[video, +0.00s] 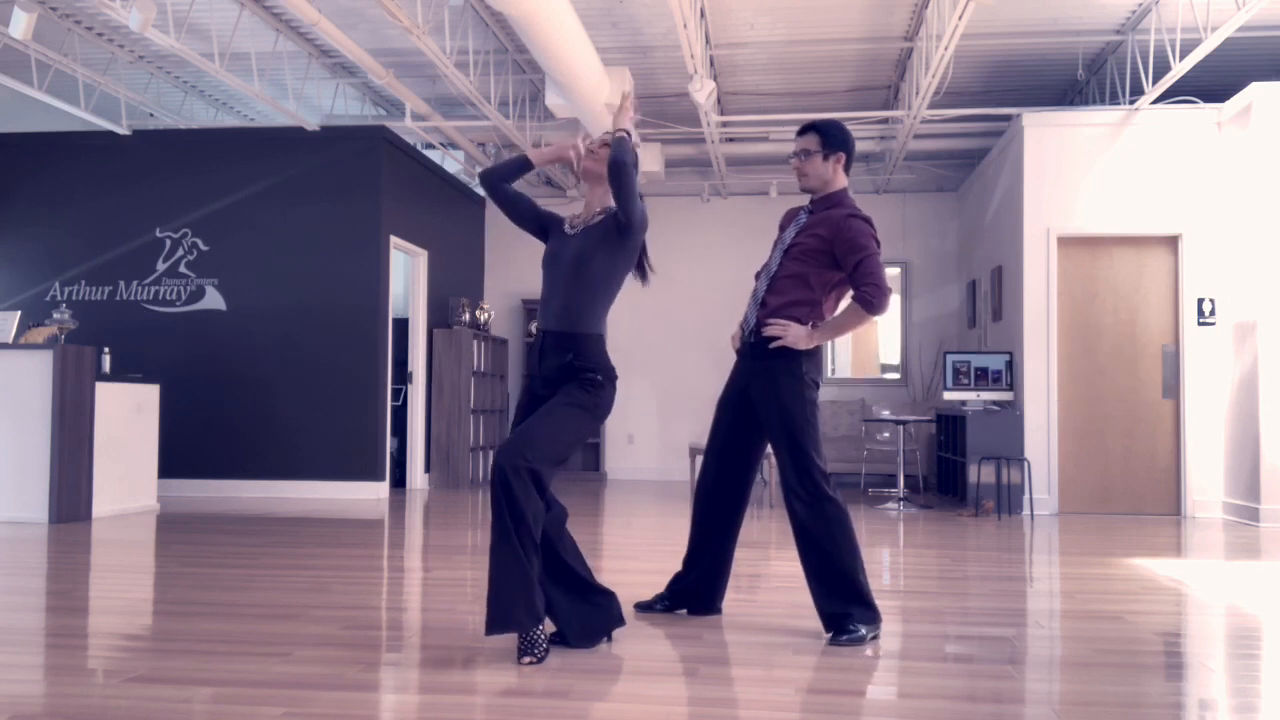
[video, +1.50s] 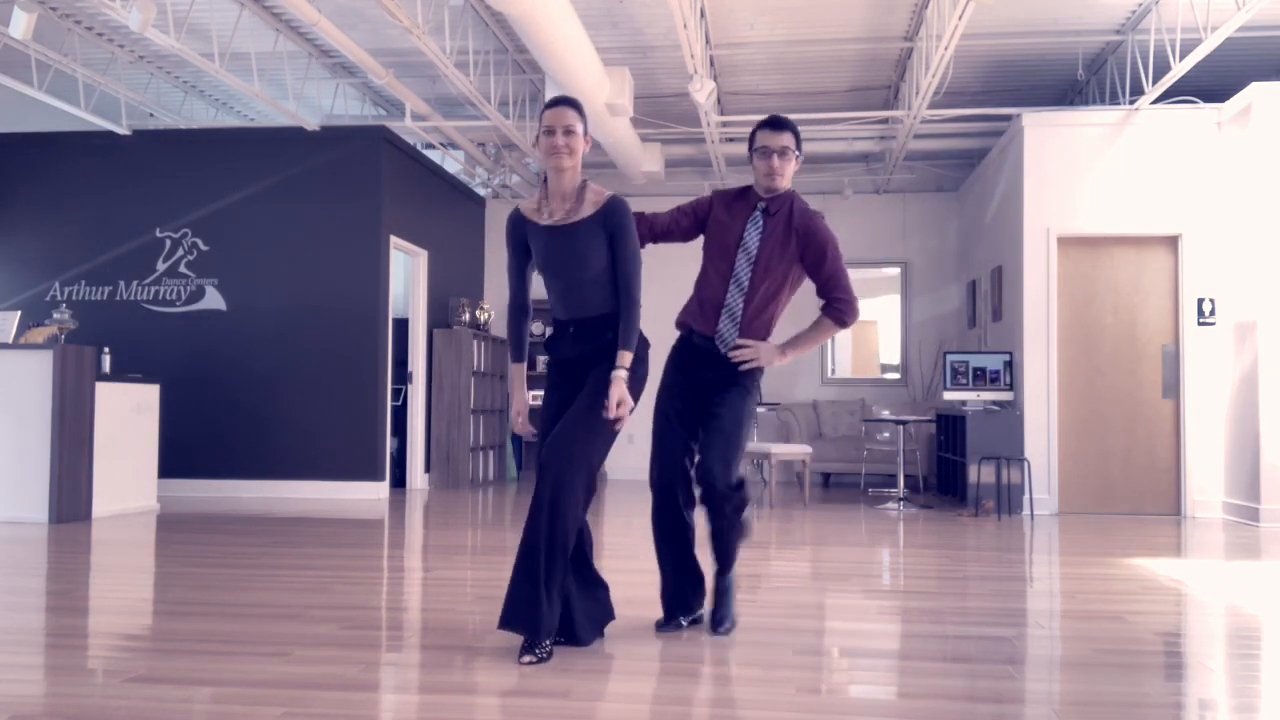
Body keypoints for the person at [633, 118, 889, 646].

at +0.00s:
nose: (795, 164)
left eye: (805, 156)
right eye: (794, 156)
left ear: (837, 162)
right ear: (806, 164)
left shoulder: (848, 221)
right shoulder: (798, 217)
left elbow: (874, 298)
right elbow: (780, 280)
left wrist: (817, 334)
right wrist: (747, 325)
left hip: (787, 364)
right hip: (751, 359)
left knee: (807, 487)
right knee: (721, 479)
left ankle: (855, 616)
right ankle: (697, 591)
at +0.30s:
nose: (790, 161)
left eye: (800, 153)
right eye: (790, 153)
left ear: (833, 160)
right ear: (807, 162)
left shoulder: (843, 219)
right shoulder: (795, 216)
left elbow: (868, 297)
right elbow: (780, 281)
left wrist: (812, 335)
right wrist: (745, 325)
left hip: (783, 364)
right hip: (748, 360)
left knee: (805, 487)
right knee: (719, 479)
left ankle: (855, 616)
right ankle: (697, 591)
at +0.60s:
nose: (789, 168)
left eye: (798, 159)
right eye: (788, 160)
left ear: (830, 164)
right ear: (808, 166)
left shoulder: (854, 222)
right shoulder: (792, 223)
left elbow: (888, 299)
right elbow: (758, 285)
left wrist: (832, 350)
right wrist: (743, 327)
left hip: (802, 372)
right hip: (759, 368)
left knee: (799, 500)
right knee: (725, 485)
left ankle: (854, 617)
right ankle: (696, 591)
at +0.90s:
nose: (793, 163)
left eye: (804, 154)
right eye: (792, 155)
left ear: (837, 159)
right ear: (807, 163)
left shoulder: (865, 218)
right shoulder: (791, 224)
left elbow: (906, 294)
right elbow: (740, 276)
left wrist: (848, 347)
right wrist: (690, 319)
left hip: (811, 370)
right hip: (764, 364)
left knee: (808, 493)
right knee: (706, 473)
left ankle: (857, 617)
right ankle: (699, 584)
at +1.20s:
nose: (792, 146)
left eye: (804, 139)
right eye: (784, 138)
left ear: (820, 150)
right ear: (771, 146)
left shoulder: (825, 208)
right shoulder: (744, 201)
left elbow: (876, 278)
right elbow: (670, 229)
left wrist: (813, 316)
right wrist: (597, 248)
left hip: (778, 359)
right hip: (727, 357)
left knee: (807, 483)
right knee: (695, 482)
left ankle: (853, 613)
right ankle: (690, 604)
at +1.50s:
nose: (772, 162)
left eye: (783, 154)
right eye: (763, 152)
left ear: (798, 161)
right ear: (749, 157)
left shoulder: (808, 227)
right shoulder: (720, 206)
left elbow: (844, 309)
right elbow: (651, 226)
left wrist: (781, 351)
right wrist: (595, 211)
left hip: (740, 365)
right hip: (689, 353)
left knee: (718, 477)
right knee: (667, 479)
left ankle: (724, 580)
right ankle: (682, 599)